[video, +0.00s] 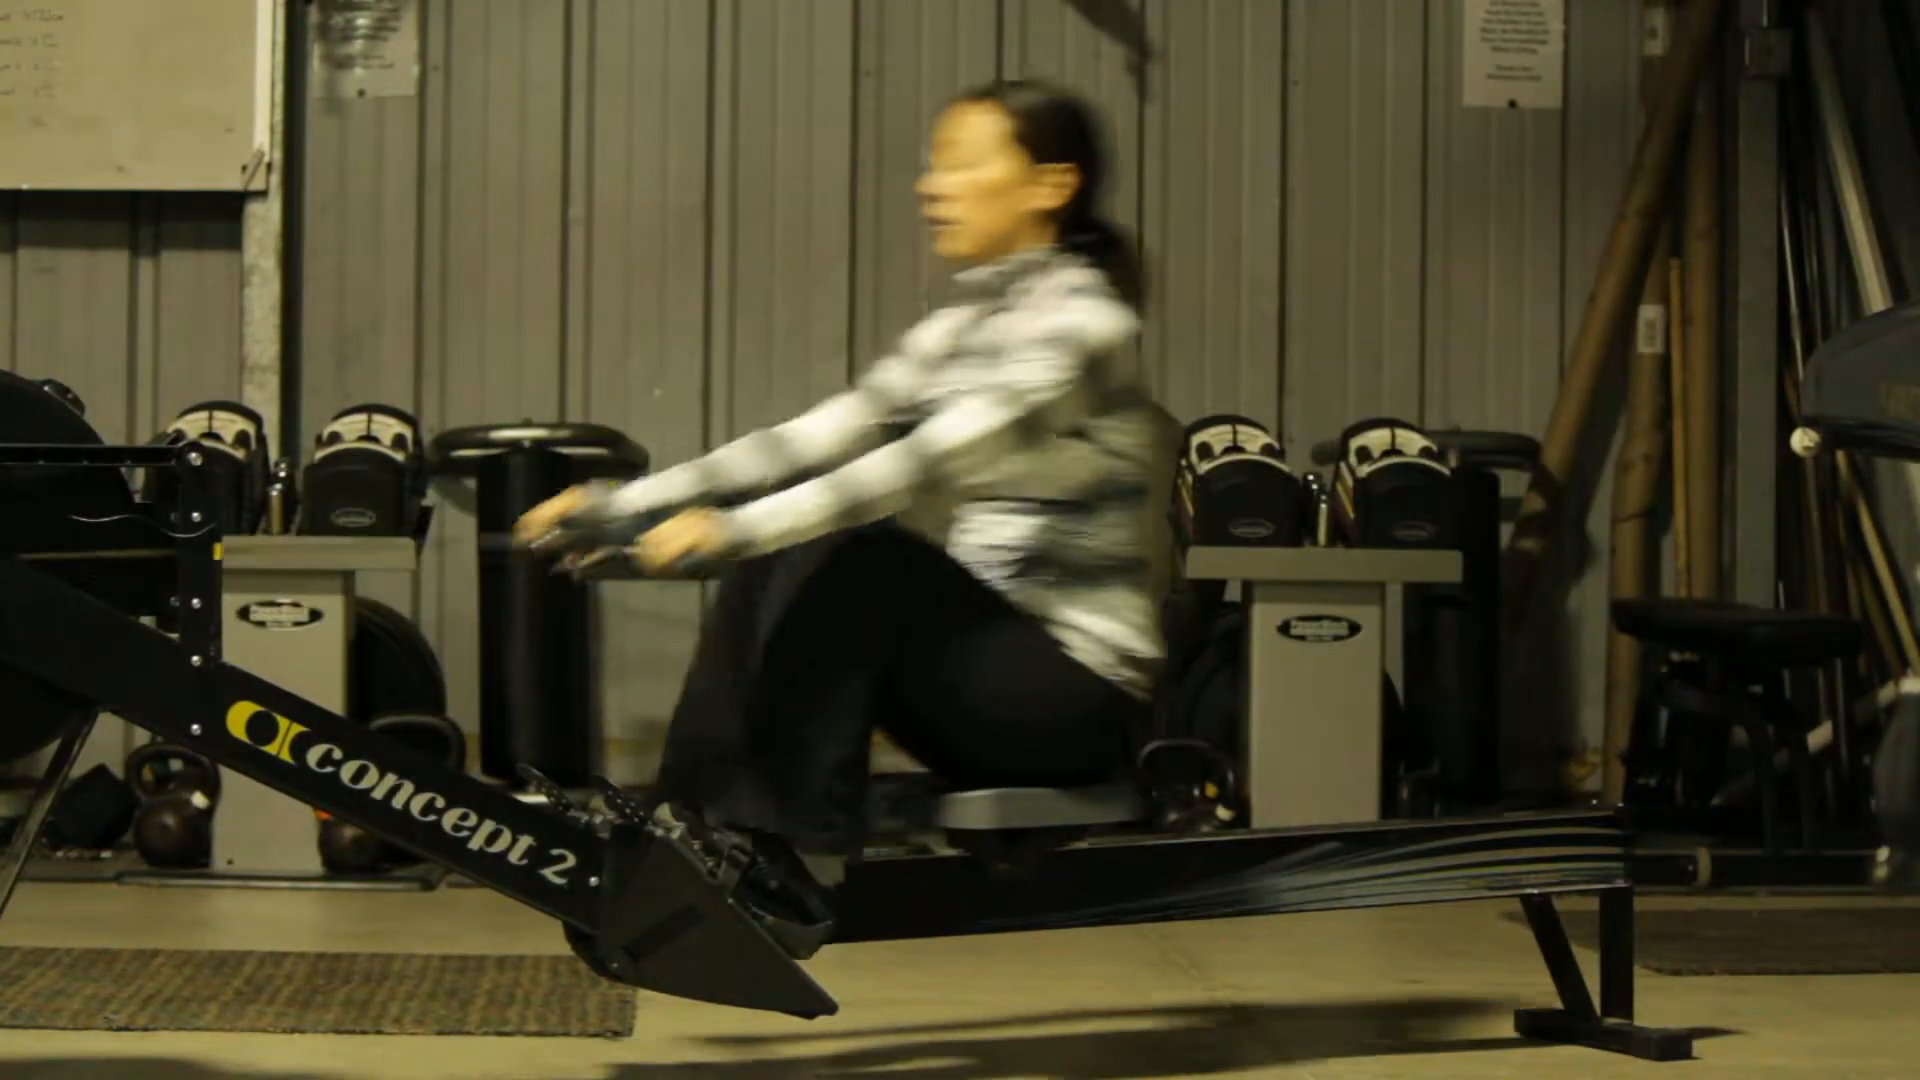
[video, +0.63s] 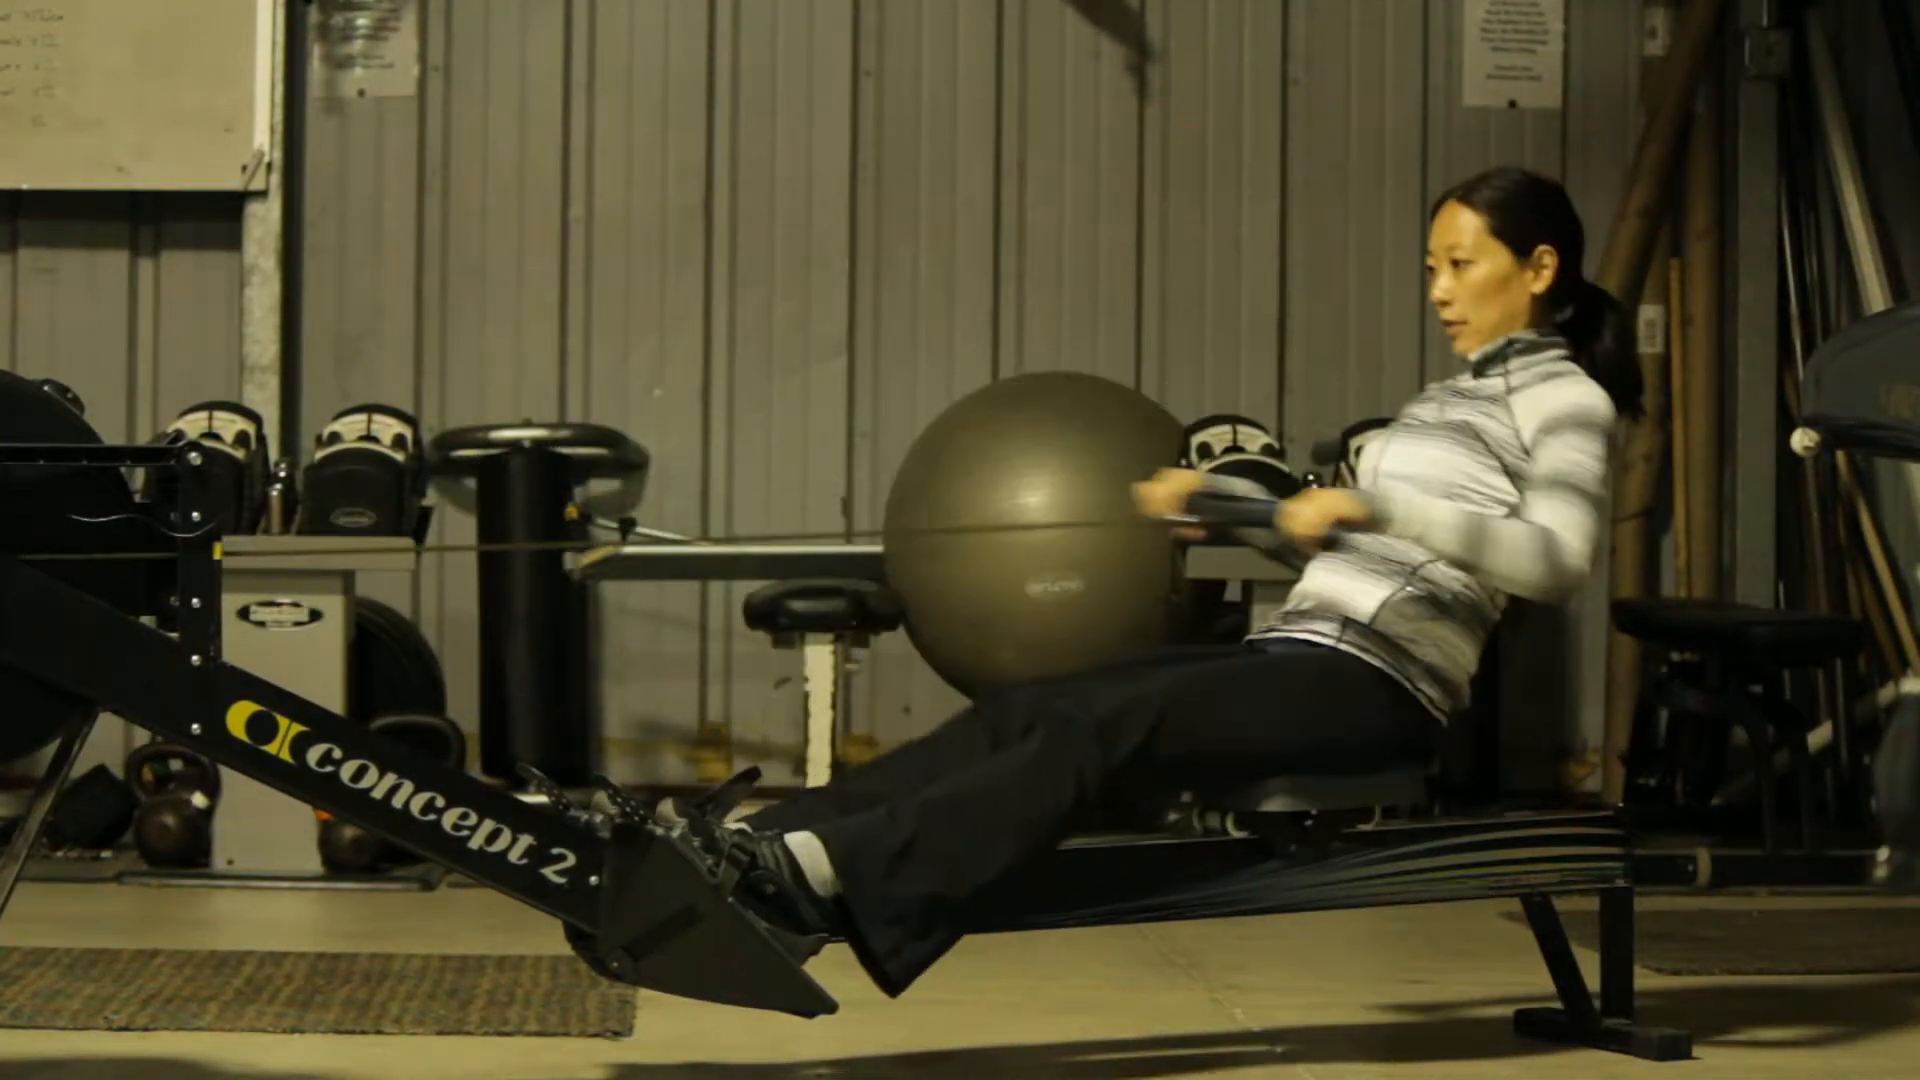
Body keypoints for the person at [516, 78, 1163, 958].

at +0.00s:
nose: (930, 188)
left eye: (962, 165)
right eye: (934, 165)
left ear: (1052, 187)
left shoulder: (1079, 318)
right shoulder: (965, 320)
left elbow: (926, 459)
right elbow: (816, 437)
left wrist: (735, 528)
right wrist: (621, 504)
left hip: (1080, 702)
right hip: (999, 685)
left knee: (867, 562)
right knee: (775, 550)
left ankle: (782, 858)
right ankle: (693, 823)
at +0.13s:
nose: (1088, 193)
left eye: (1117, 167)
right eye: (1089, 170)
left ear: (1204, 187)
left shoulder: (1222, 324)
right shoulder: (1096, 325)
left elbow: (1051, 421)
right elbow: (927, 399)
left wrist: (859, 470)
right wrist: (719, 449)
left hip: (1172, 702)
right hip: (1083, 688)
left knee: (920, 561)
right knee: (848, 555)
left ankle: (793, 852)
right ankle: (708, 830)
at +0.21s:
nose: (1176, 190)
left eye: (1206, 167)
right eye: (1179, 169)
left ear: (1291, 191)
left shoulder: (1299, 325)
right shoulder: (1168, 325)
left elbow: (1127, 409)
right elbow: (1013, 390)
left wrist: (939, 455)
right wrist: (802, 438)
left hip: (1218, 690)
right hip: (1141, 672)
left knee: (949, 585)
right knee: (885, 580)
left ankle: (811, 861)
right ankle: (721, 829)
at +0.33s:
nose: (1292, 215)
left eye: (1318, 191)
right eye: (1292, 193)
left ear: (1402, 209)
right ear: (1294, 210)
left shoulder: (1404, 335)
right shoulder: (1290, 335)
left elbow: (1230, 414)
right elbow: (1133, 397)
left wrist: (1064, 448)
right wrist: (925, 441)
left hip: (1288, 685)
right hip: (1209, 665)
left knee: (998, 625)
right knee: (938, 613)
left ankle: (823, 874)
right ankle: (744, 835)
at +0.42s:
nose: (1356, 237)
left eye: (1379, 217)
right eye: (1355, 217)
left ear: (1460, 229)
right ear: (1370, 230)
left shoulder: (1466, 352)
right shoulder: (1342, 353)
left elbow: (1350, 446)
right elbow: (1207, 429)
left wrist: (1158, 456)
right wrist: (1010, 455)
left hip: (1331, 683)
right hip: (1244, 662)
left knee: (1029, 658)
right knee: (966, 641)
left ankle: (820, 878)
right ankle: (750, 835)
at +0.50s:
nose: (1402, 264)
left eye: (1424, 243)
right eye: (1399, 243)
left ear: (1505, 249)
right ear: (1422, 252)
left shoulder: (1516, 370)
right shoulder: (1402, 369)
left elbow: (1454, 492)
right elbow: (1281, 472)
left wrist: (1247, 478)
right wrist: (1097, 476)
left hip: (1361, 681)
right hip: (1275, 655)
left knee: (1055, 690)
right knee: (993, 673)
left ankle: (815, 886)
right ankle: (740, 845)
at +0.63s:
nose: (1439, 288)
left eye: (1460, 264)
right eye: (1435, 266)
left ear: (1537, 270)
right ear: (1461, 275)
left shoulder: (1565, 394)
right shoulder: (1446, 397)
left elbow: (1554, 555)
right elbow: (1366, 533)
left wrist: (1375, 502)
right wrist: (1223, 504)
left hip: (1381, 682)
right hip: (1296, 656)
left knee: (1087, 723)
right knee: (1026, 705)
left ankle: (814, 887)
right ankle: (767, 846)